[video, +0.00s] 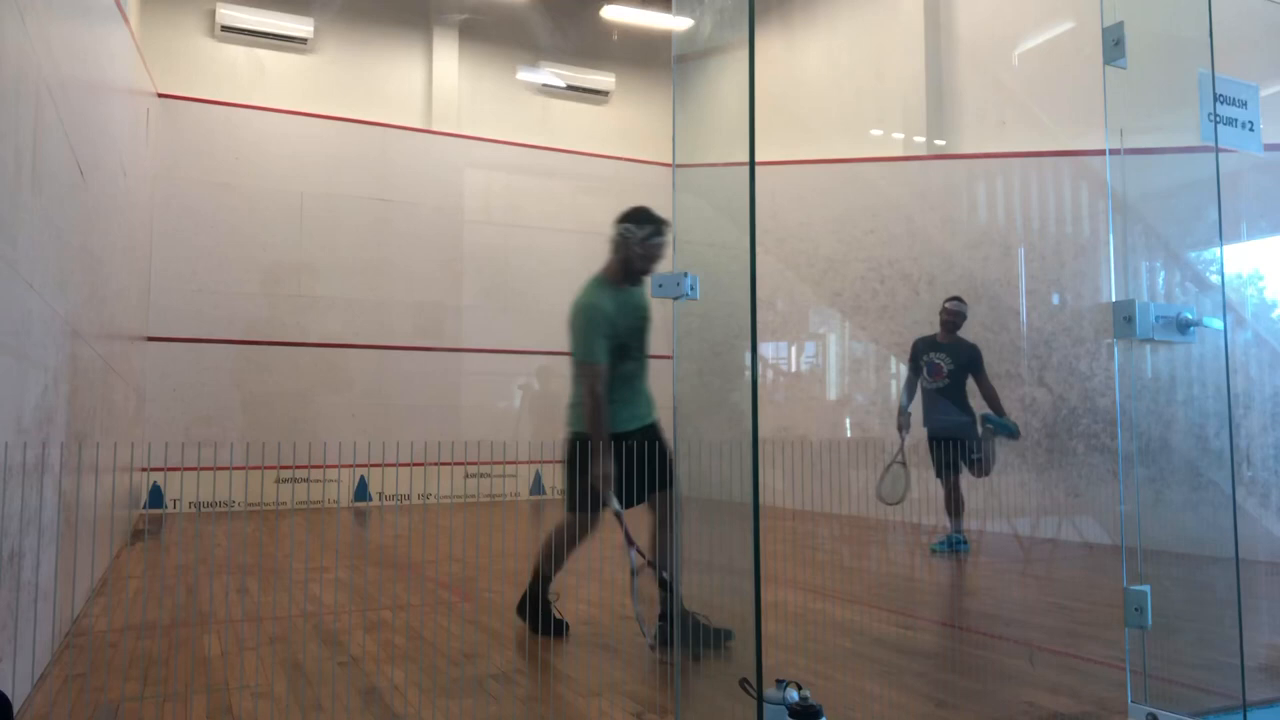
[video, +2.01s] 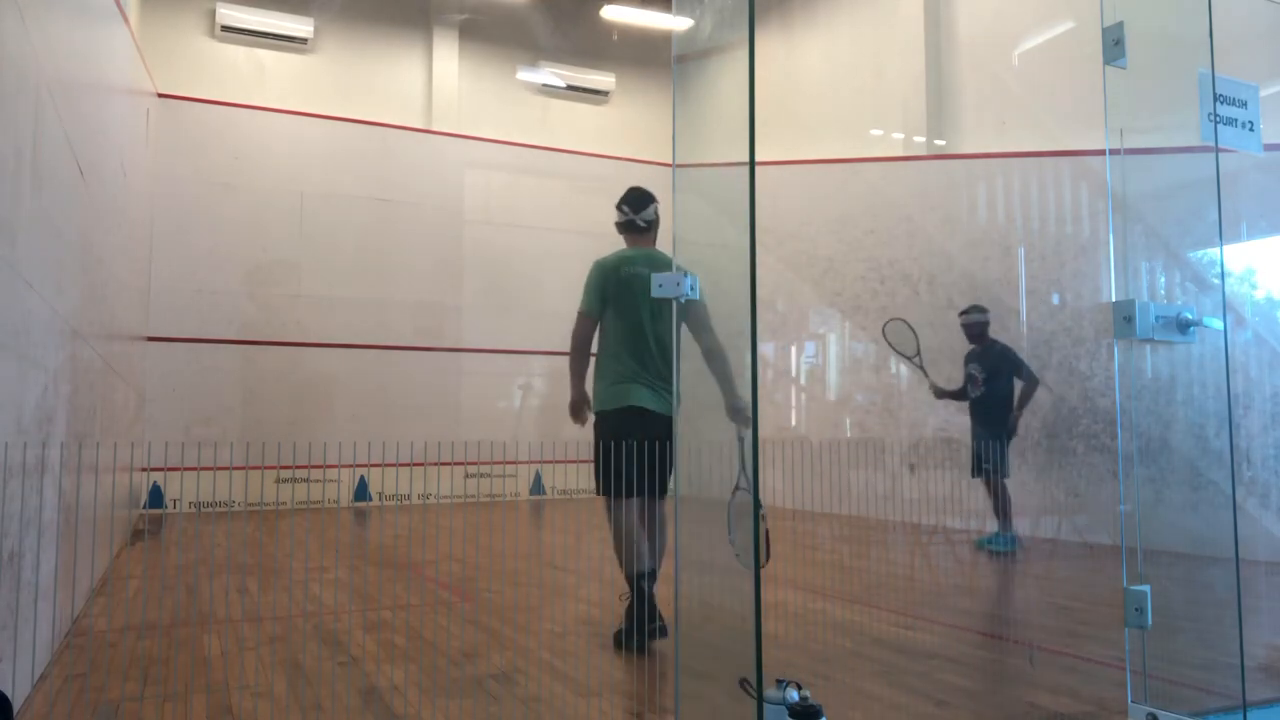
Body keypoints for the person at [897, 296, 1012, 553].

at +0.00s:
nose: (950, 318)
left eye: (957, 315)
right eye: (947, 313)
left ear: (964, 320)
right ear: (939, 314)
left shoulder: (969, 351)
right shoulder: (921, 346)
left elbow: (985, 387)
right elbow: (912, 380)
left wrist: (1004, 420)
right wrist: (903, 410)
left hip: (963, 423)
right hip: (936, 425)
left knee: (980, 470)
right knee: (949, 483)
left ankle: (989, 432)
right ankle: (957, 535)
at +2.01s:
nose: (967, 332)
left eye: (971, 326)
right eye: (964, 327)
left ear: (984, 325)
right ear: (964, 328)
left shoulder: (1001, 352)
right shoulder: (971, 357)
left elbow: (1032, 380)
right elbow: (969, 392)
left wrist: (1016, 413)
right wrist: (945, 393)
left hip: (997, 425)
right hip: (980, 425)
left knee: (994, 479)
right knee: (988, 480)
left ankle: (1007, 533)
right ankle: (1003, 531)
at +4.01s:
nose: (876, 329)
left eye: (882, 325)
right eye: (873, 324)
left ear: (893, 328)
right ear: (869, 327)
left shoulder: (907, 357)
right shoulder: (864, 359)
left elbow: (921, 391)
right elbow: (852, 389)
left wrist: (922, 424)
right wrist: (859, 406)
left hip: (903, 426)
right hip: (876, 427)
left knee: (904, 477)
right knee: (882, 478)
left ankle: (909, 528)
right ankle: (899, 520)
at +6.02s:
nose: (678, 319)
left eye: (681, 314)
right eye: (680, 313)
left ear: (687, 317)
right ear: (707, 318)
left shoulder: (685, 341)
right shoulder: (722, 346)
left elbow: (689, 369)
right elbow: (731, 387)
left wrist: (693, 401)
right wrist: (724, 414)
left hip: (689, 423)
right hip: (718, 426)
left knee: (657, 473)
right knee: (712, 485)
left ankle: (675, 529)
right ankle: (705, 546)